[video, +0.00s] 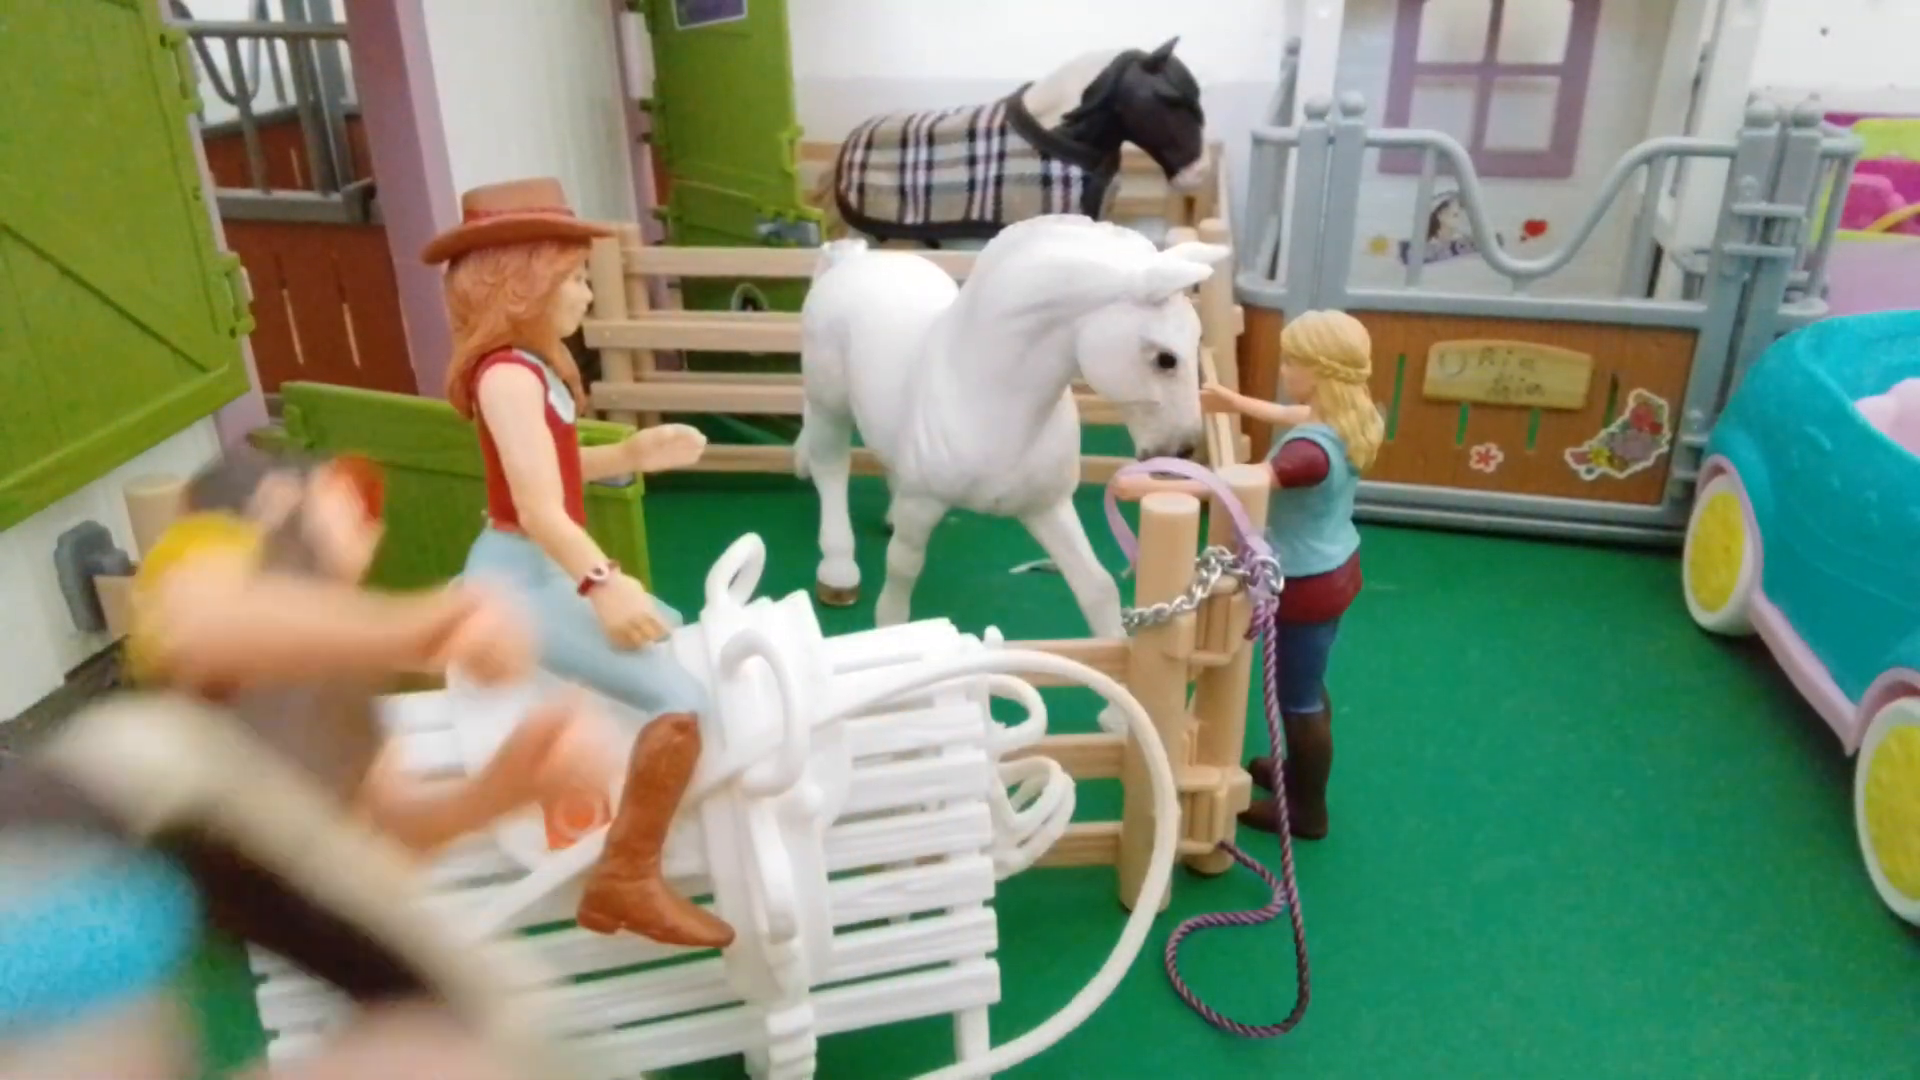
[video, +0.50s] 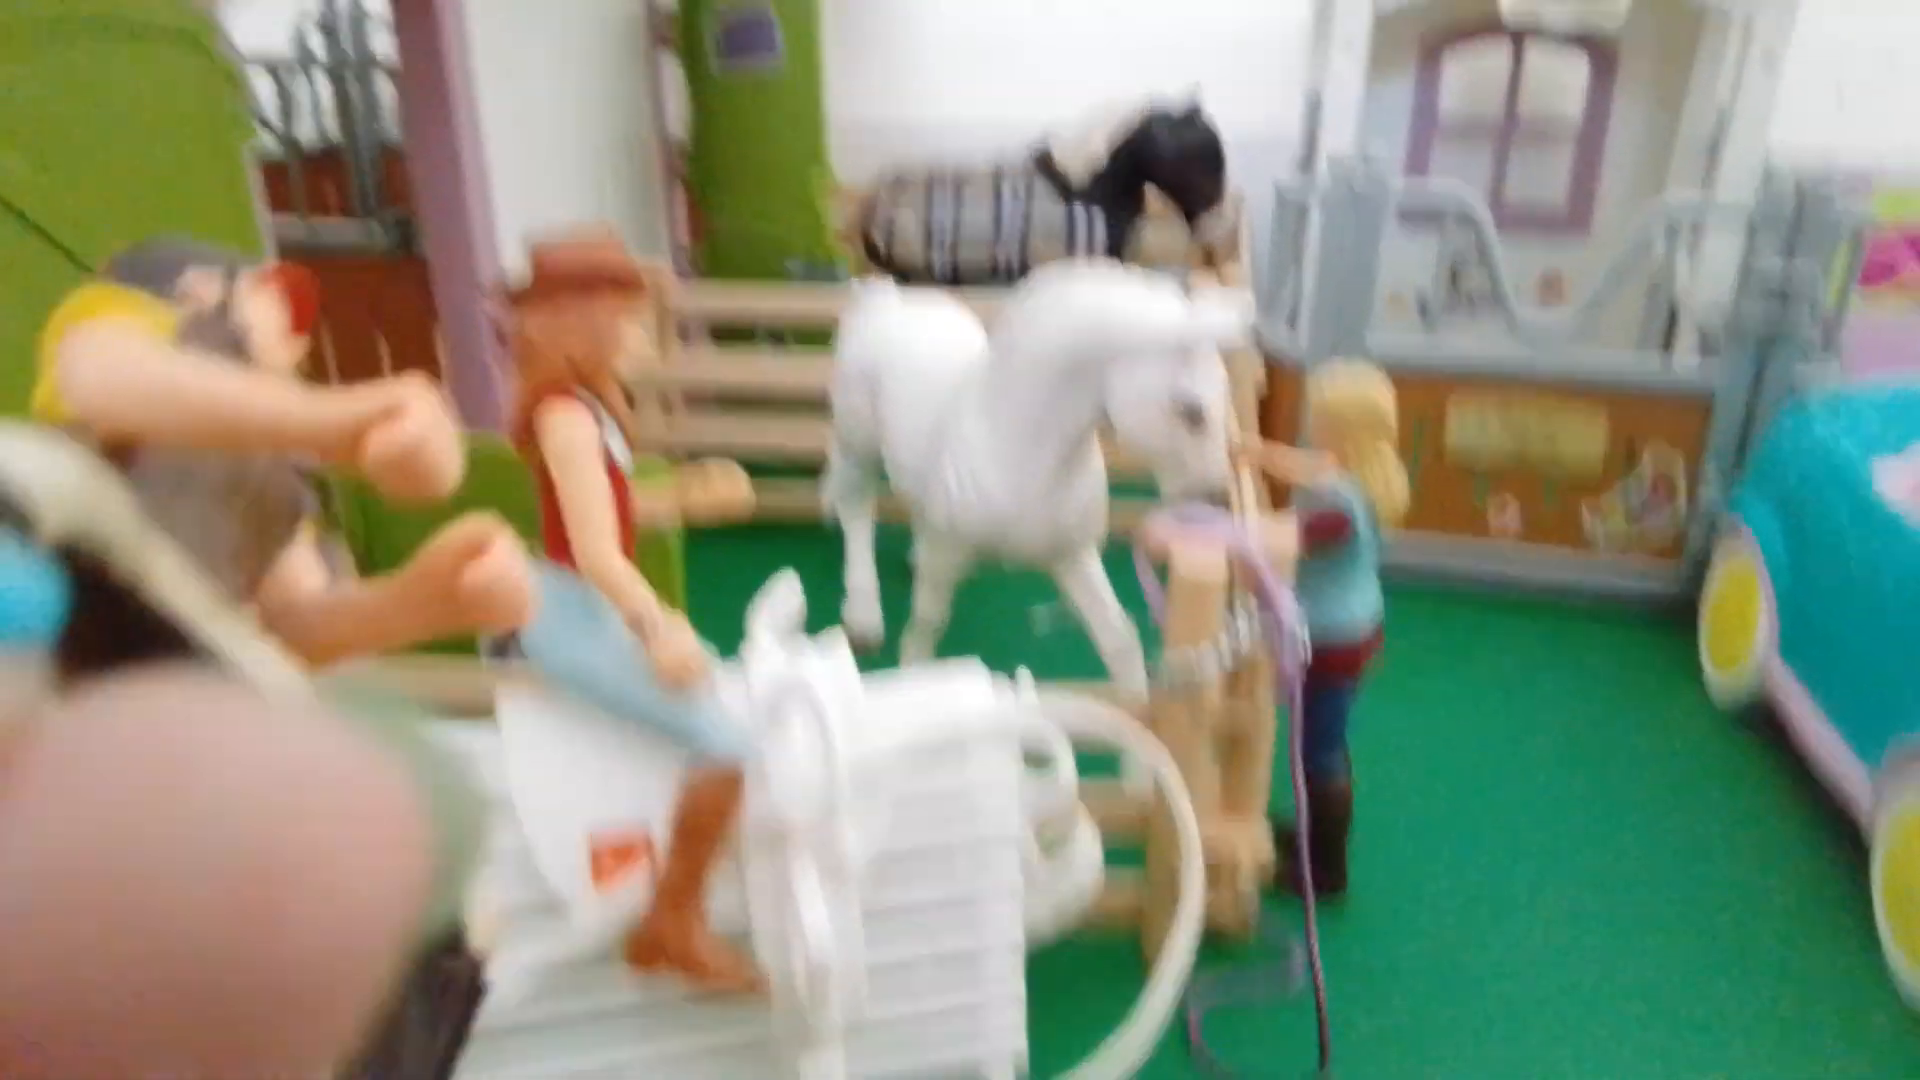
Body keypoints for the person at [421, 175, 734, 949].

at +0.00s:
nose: (588, 295)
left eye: (585, 278)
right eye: (576, 279)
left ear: (530, 289)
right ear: (527, 286)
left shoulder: (535, 369)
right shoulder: (509, 378)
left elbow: (550, 469)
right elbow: (536, 512)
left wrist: (633, 455)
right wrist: (605, 583)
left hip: (548, 569)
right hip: (520, 579)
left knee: (696, 665)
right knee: (683, 696)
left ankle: (637, 873)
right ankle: (627, 879)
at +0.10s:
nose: (592, 299)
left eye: (589, 282)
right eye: (580, 283)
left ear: (534, 293)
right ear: (532, 290)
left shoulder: (542, 373)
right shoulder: (514, 382)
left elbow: (557, 473)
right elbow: (541, 516)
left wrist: (637, 458)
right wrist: (608, 587)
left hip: (557, 568)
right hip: (520, 581)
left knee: (706, 661)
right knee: (685, 700)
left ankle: (642, 876)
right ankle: (628, 882)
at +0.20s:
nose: (594, 306)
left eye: (591, 289)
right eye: (583, 290)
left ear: (543, 299)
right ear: (536, 298)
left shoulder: (548, 380)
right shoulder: (517, 390)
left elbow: (563, 478)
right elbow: (543, 522)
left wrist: (642, 463)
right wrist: (609, 591)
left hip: (557, 570)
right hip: (521, 584)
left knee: (704, 665)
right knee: (685, 704)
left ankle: (642, 878)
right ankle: (628, 884)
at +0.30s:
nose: (587, 287)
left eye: (584, 271)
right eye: (575, 271)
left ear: (533, 280)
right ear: (527, 278)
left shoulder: (539, 363)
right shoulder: (509, 372)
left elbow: (552, 463)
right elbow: (535, 506)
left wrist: (634, 449)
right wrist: (603, 578)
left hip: (550, 558)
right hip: (513, 572)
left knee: (701, 650)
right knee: (681, 690)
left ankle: (638, 866)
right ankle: (624, 874)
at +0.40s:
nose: (591, 293)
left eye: (588, 275)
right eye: (579, 275)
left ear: (537, 283)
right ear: (531, 281)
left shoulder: (542, 367)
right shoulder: (513, 376)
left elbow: (557, 466)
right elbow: (541, 511)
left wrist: (637, 451)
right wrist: (609, 581)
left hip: (554, 563)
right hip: (521, 575)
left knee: (704, 660)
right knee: (685, 693)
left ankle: (642, 874)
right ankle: (629, 878)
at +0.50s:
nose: (631, 328)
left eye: (631, 311)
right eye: (618, 310)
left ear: (613, 317)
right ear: (565, 317)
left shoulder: (591, 406)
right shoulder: (565, 414)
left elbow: (612, 510)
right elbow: (594, 551)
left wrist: (686, 496)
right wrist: (659, 626)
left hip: (600, 619)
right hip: (571, 627)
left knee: (732, 722)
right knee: (724, 739)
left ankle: (676, 916)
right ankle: (674, 919)